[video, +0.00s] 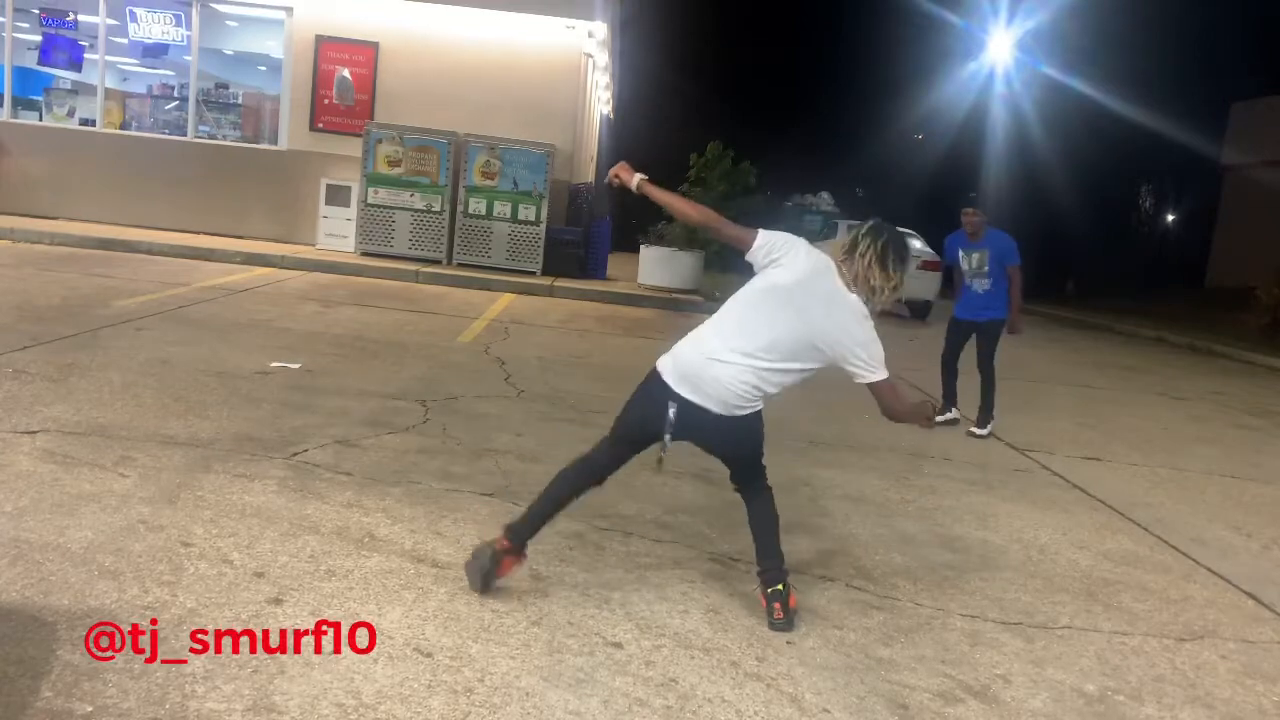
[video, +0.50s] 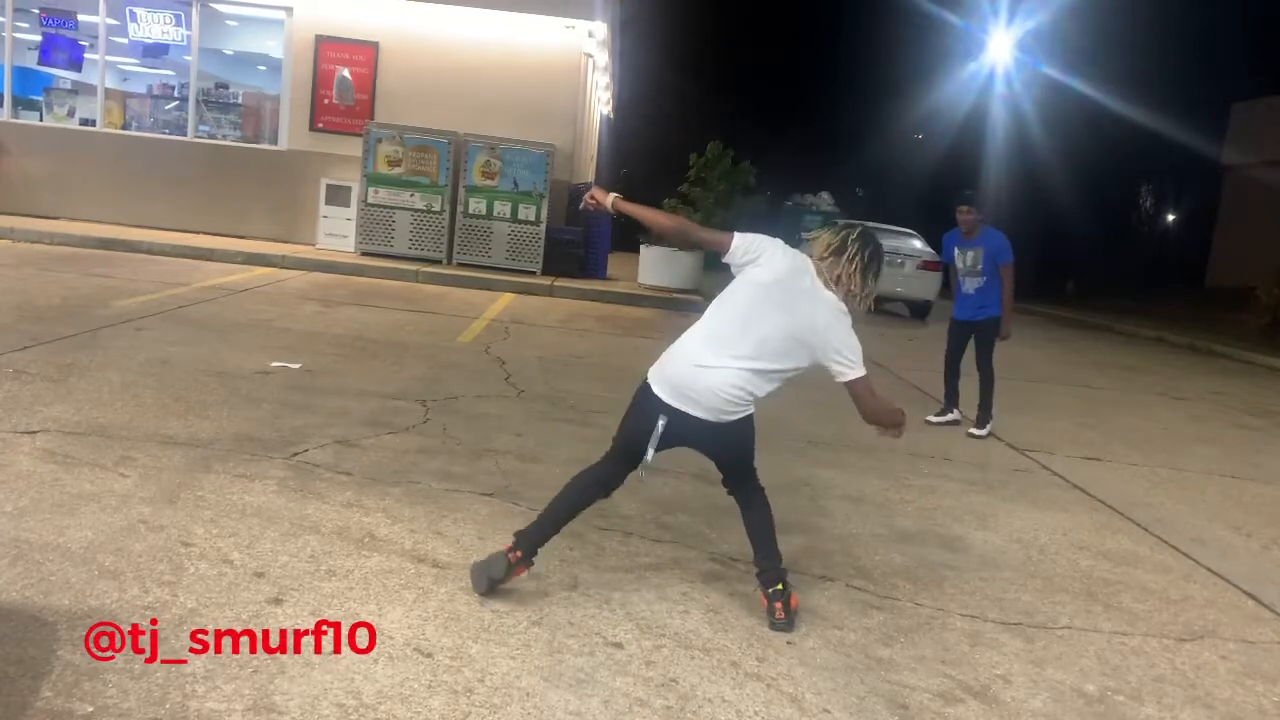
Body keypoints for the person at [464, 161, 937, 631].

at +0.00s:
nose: (886, 292)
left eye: (890, 283)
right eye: (888, 282)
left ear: (850, 249)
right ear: (873, 270)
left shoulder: (794, 250)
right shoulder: (852, 323)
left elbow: (717, 225)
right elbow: (895, 405)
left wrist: (644, 186)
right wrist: (933, 411)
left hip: (667, 383)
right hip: (730, 416)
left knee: (599, 461)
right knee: (754, 488)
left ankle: (513, 542)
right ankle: (776, 596)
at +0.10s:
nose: (872, 300)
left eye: (877, 291)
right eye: (874, 290)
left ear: (835, 254)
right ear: (856, 273)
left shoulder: (779, 254)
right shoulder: (840, 325)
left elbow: (699, 231)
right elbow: (887, 406)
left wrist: (630, 196)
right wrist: (924, 410)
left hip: (660, 394)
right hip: (723, 421)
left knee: (610, 472)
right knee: (746, 490)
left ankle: (519, 559)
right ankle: (775, 594)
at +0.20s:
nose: (868, 289)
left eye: (867, 277)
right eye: (870, 279)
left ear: (829, 250)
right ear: (860, 276)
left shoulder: (774, 255)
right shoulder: (839, 326)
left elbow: (694, 235)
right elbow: (885, 408)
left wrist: (623, 207)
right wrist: (918, 415)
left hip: (661, 394)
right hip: (723, 421)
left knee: (613, 473)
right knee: (743, 486)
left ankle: (524, 552)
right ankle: (774, 591)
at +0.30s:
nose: (867, 291)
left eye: (866, 279)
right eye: (868, 280)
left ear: (826, 252)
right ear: (857, 274)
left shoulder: (771, 256)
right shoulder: (837, 326)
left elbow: (689, 236)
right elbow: (880, 409)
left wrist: (618, 213)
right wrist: (913, 419)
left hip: (660, 392)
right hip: (722, 419)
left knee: (612, 473)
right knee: (742, 485)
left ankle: (519, 551)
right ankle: (774, 592)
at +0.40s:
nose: (863, 294)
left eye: (863, 283)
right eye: (865, 284)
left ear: (824, 254)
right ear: (855, 277)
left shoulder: (770, 256)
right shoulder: (835, 326)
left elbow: (690, 236)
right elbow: (876, 409)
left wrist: (616, 210)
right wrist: (909, 418)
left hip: (660, 390)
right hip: (723, 417)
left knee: (609, 470)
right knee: (744, 487)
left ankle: (525, 555)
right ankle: (774, 593)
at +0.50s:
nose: (862, 294)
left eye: (860, 282)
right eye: (865, 284)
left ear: (826, 250)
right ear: (856, 278)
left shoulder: (771, 252)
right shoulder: (834, 322)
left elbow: (687, 232)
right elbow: (871, 408)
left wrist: (617, 203)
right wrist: (894, 418)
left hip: (661, 391)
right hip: (724, 418)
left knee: (610, 468)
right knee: (746, 488)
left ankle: (520, 550)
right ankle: (776, 592)